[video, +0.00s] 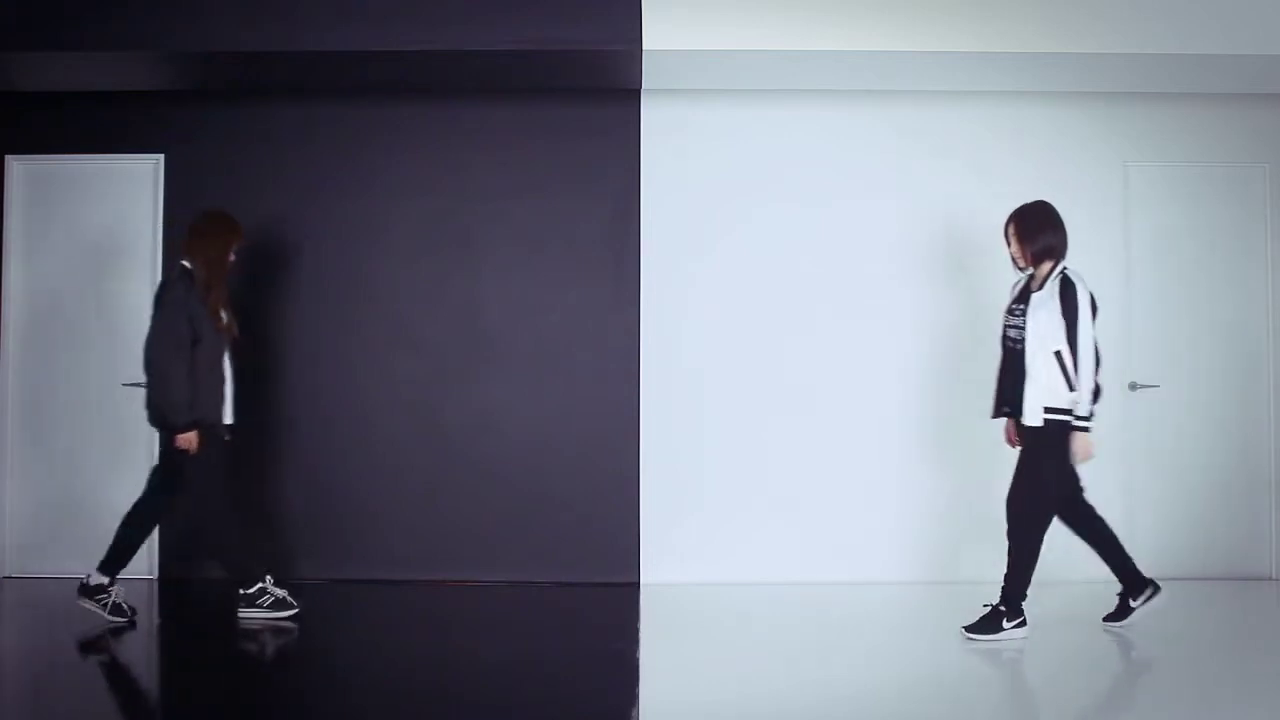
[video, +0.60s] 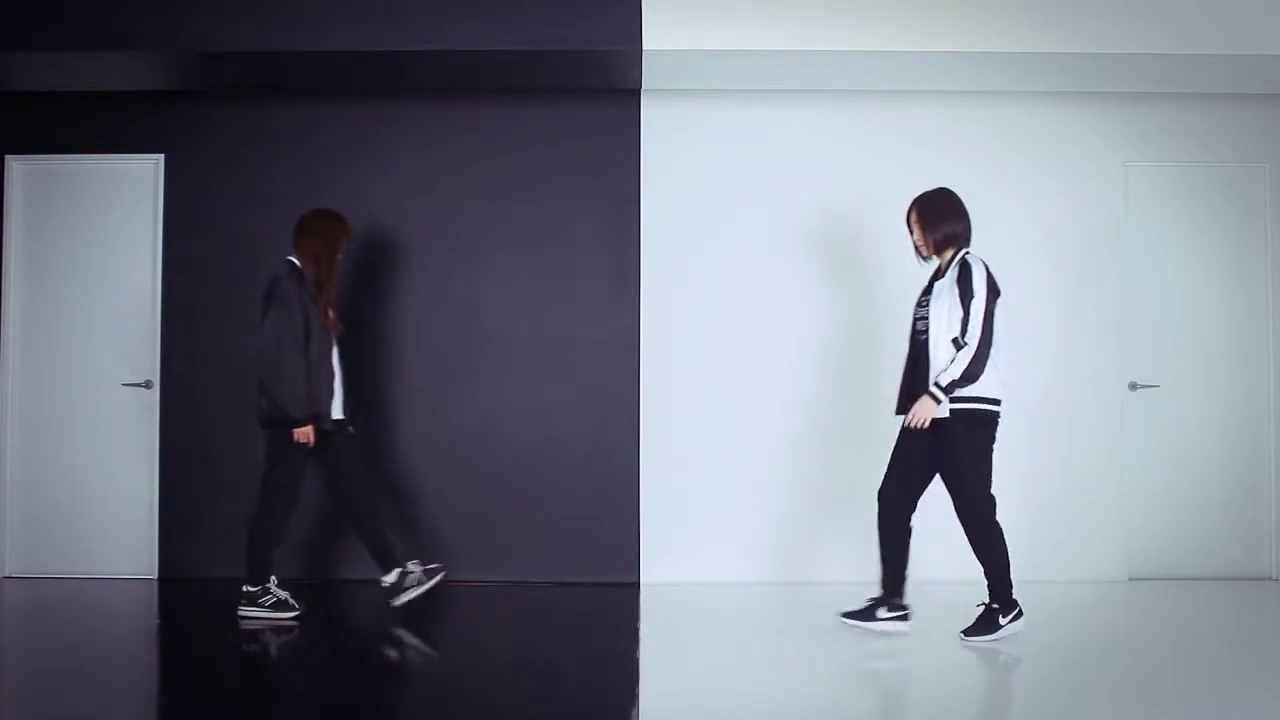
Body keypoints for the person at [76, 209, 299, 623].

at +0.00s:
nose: (233, 260)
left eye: (234, 251)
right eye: (229, 251)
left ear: (204, 248)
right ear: (210, 249)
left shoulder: (209, 290)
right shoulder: (179, 290)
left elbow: (213, 359)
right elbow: (166, 359)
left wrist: (225, 418)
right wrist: (180, 422)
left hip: (213, 421)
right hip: (192, 423)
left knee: (154, 503)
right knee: (226, 506)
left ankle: (100, 582)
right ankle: (251, 590)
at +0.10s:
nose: (253, 257)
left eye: (255, 249)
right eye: (249, 248)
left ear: (226, 247)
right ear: (229, 246)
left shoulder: (232, 288)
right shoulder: (199, 287)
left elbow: (238, 360)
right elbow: (194, 358)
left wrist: (251, 414)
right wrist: (209, 416)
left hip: (241, 420)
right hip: (220, 423)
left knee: (197, 501)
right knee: (239, 504)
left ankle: (131, 565)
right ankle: (253, 590)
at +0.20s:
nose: (273, 254)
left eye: (274, 245)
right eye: (269, 244)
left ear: (242, 240)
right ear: (252, 242)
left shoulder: (248, 284)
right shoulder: (223, 285)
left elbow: (258, 357)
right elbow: (220, 355)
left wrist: (273, 412)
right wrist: (235, 413)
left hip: (260, 416)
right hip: (241, 418)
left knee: (245, 501)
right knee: (248, 503)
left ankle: (181, 553)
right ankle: (253, 592)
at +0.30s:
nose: (291, 253)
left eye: (292, 245)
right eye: (288, 244)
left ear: (259, 238)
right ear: (272, 241)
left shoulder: (261, 281)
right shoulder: (240, 281)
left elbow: (271, 352)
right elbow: (240, 351)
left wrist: (289, 408)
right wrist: (256, 410)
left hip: (279, 413)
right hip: (257, 415)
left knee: (295, 491)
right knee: (258, 497)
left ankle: (233, 546)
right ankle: (256, 591)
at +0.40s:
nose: (308, 253)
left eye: (309, 245)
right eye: (305, 244)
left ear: (278, 239)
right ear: (287, 240)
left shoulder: (281, 281)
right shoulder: (256, 280)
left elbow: (289, 353)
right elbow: (252, 350)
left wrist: (305, 406)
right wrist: (271, 408)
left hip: (296, 413)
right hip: (267, 414)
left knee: (331, 474)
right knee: (260, 496)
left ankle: (296, 552)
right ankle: (254, 590)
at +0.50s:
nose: (325, 253)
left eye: (325, 244)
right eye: (321, 244)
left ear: (291, 237)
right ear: (305, 242)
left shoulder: (295, 281)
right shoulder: (270, 279)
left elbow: (302, 350)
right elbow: (266, 349)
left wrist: (322, 405)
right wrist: (284, 409)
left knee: (349, 479)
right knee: (270, 497)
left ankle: (345, 567)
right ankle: (256, 589)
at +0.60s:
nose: (340, 258)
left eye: (341, 250)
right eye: (337, 249)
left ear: (310, 243)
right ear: (320, 246)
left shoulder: (310, 286)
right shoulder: (287, 283)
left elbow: (315, 356)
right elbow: (284, 352)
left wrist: (332, 411)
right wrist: (297, 414)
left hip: (328, 417)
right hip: (295, 418)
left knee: (359, 491)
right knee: (276, 501)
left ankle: (395, 574)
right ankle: (255, 588)